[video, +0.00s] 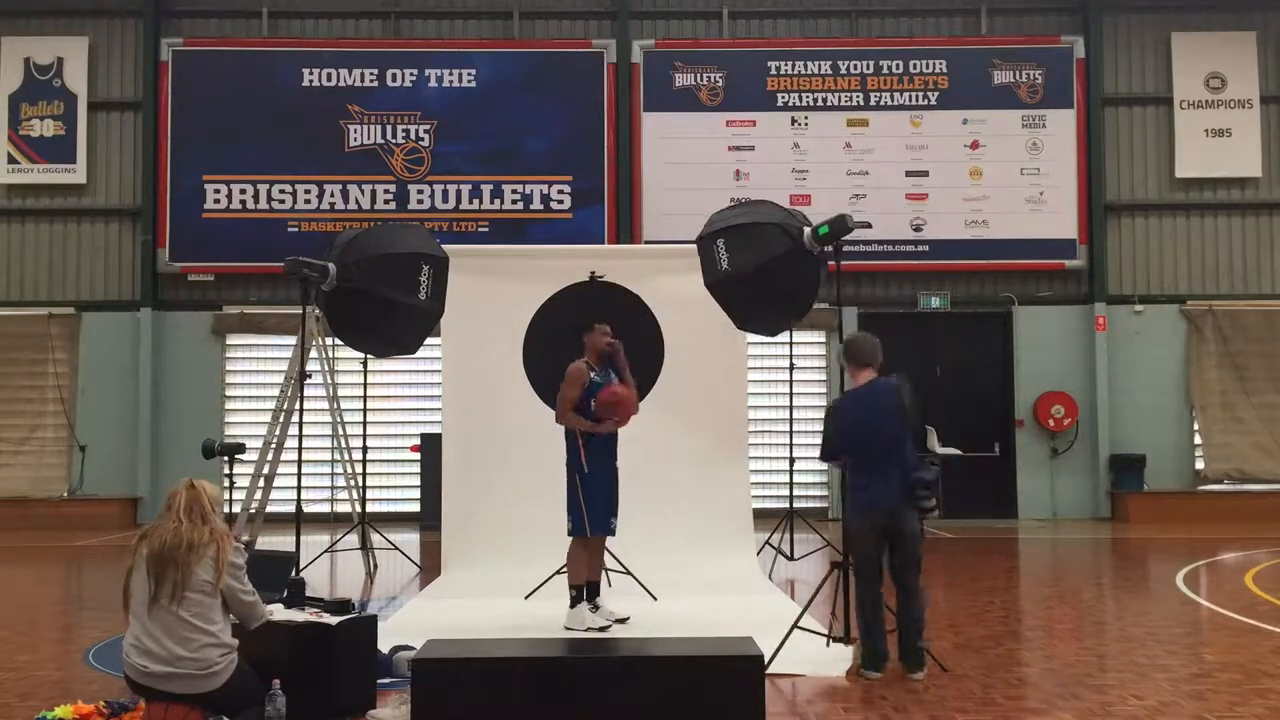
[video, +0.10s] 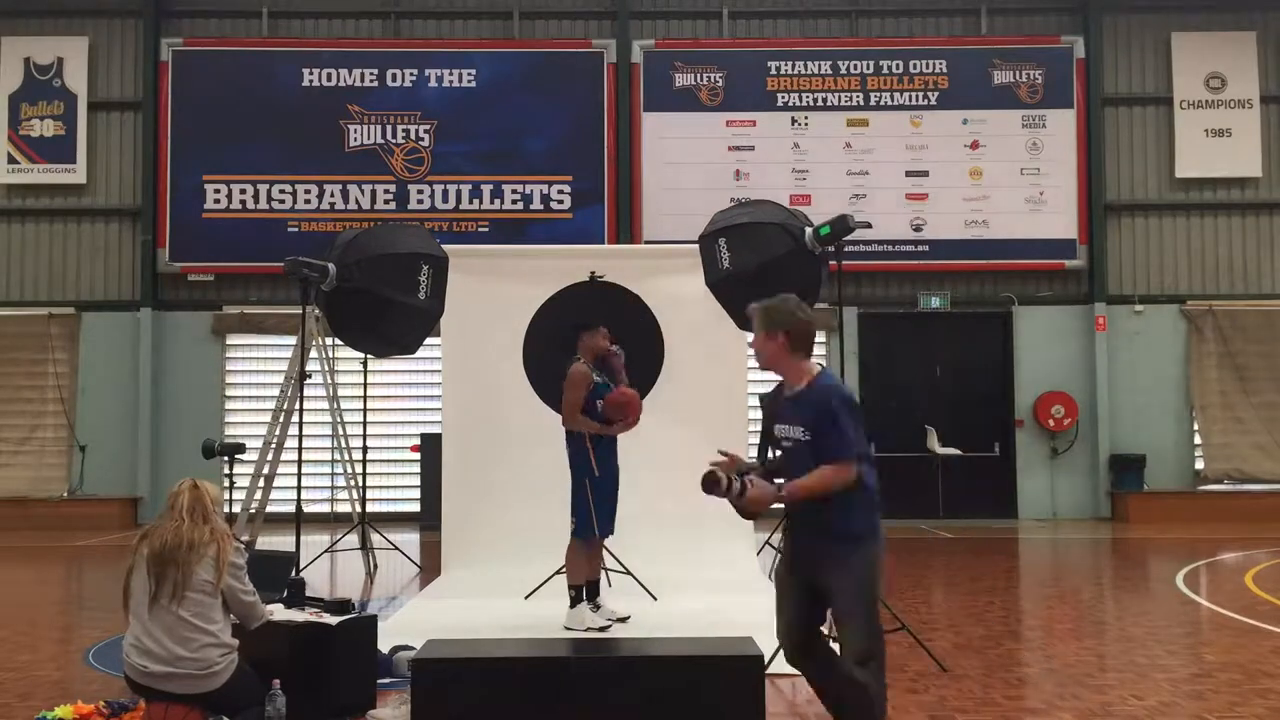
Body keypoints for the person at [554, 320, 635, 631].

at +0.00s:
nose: (610, 340)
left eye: (611, 335)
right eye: (604, 334)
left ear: (609, 342)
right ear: (587, 338)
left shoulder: (606, 372)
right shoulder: (578, 370)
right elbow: (563, 414)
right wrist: (598, 427)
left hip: (605, 455)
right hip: (584, 456)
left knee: (600, 532)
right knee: (584, 532)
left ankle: (593, 604)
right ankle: (576, 609)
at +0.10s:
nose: (608, 339)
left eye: (607, 334)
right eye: (602, 333)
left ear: (596, 340)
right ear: (585, 339)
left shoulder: (597, 372)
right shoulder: (579, 372)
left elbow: (623, 407)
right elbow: (570, 419)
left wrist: (619, 371)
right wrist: (608, 430)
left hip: (603, 456)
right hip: (586, 458)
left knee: (598, 532)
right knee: (584, 531)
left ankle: (594, 603)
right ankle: (576, 608)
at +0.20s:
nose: (607, 337)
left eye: (610, 332)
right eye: (601, 331)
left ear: (615, 336)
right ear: (587, 337)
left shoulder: (621, 367)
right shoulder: (577, 368)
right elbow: (569, 399)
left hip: (613, 462)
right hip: (582, 463)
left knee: (606, 527)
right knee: (580, 529)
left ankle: (604, 597)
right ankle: (576, 598)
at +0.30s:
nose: (603, 337)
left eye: (606, 333)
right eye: (596, 332)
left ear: (612, 338)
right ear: (584, 338)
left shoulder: (616, 369)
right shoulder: (575, 366)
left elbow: (625, 403)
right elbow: (570, 397)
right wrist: (603, 389)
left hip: (613, 454)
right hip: (582, 456)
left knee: (602, 528)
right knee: (582, 528)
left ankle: (597, 602)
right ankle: (577, 605)